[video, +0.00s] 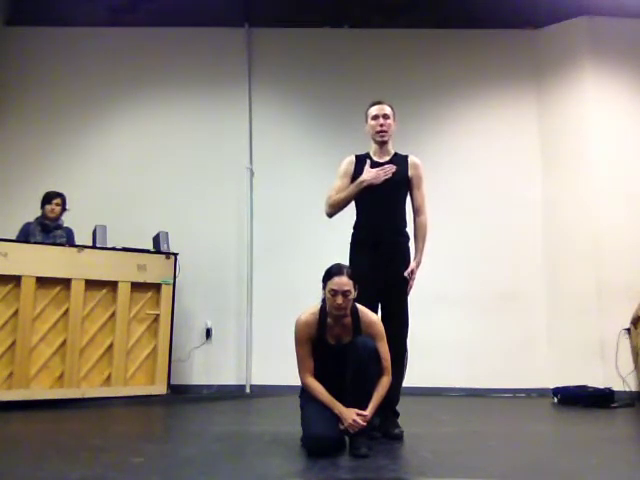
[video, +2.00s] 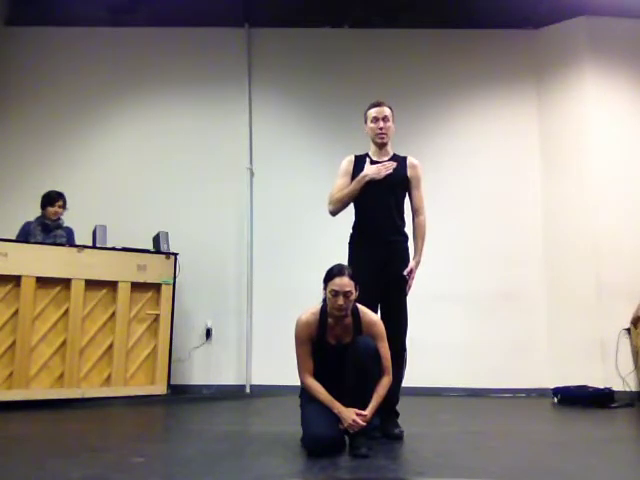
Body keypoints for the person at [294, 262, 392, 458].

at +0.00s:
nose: (339, 301)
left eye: (346, 294)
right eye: (333, 294)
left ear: (355, 293)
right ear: (324, 292)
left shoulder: (371, 322)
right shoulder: (307, 323)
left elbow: (386, 374)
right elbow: (307, 378)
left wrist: (366, 414)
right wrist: (342, 412)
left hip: (355, 392)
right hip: (321, 393)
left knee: (364, 347)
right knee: (321, 445)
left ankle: (360, 431)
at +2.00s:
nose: (340, 302)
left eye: (347, 295)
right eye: (334, 295)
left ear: (356, 294)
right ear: (325, 292)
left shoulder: (372, 323)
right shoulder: (307, 323)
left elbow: (387, 375)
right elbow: (306, 378)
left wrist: (367, 413)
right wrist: (341, 411)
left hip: (355, 393)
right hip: (321, 393)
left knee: (365, 347)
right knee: (322, 444)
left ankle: (360, 432)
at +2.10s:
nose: (341, 302)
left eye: (347, 295)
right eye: (334, 294)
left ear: (356, 294)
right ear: (325, 292)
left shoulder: (371, 323)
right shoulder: (307, 323)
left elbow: (387, 375)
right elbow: (306, 378)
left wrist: (367, 413)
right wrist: (341, 411)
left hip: (355, 392)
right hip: (321, 393)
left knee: (365, 347)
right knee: (322, 444)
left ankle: (359, 433)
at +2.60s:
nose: (340, 302)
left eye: (347, 295)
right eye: (334, 295)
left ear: (356, 294)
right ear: (325, 292)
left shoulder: (371, 323)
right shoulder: (307, 323)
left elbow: (387, 375)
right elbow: (306, 378)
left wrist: (367, 412)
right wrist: (340, 412)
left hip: (356, 393)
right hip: (321, 394)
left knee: (365, 347)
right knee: (322, 444)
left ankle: (360, 433)